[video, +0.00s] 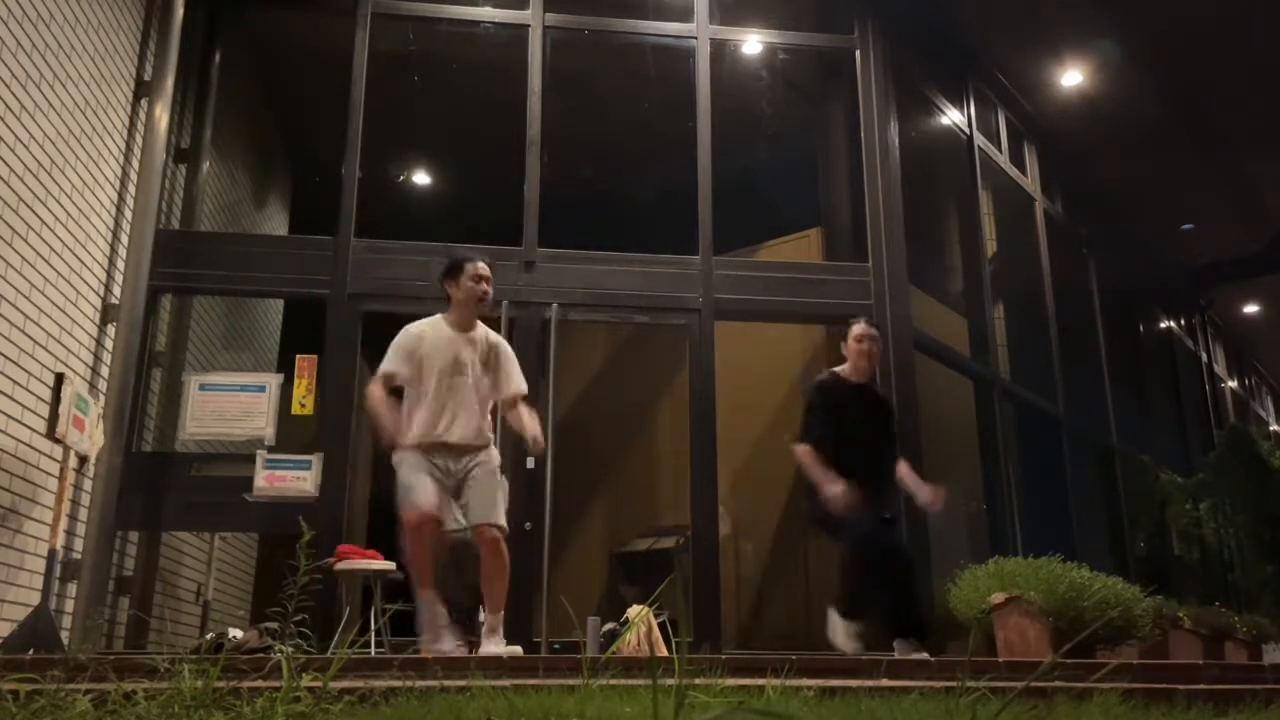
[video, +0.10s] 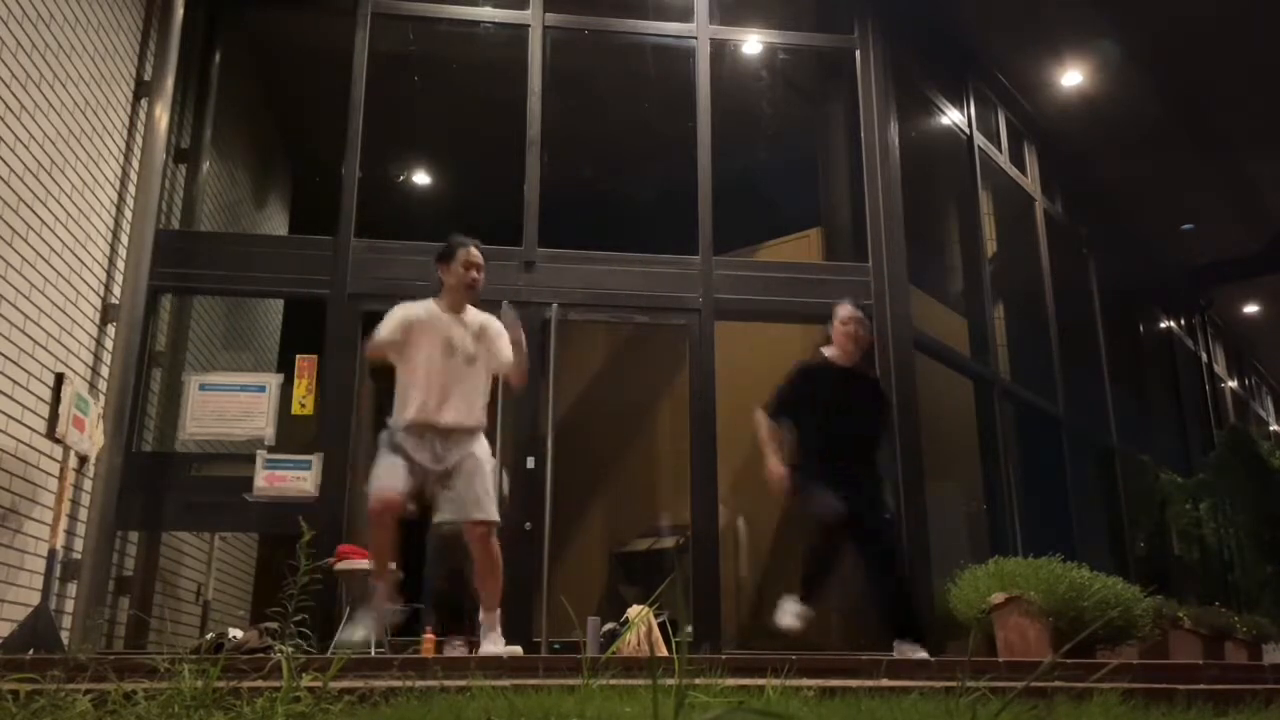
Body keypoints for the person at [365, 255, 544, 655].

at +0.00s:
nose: (486, 288)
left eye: (489, 281)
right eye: (477, 280)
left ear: (491, 291)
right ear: (451, 286)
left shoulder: (496, 345)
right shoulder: (417, 335)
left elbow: (514, 403)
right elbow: (376, 391)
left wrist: (532, 430)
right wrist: (392, 429)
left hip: (478, 455)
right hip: (420, 452)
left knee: (491, 535)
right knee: (419, 517)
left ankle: (493, 632)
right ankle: (432, 619)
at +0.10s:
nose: (476, 276)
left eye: (481, 270)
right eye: (468, 267)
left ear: (483, 277)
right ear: (443, 270)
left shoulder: (488, 327)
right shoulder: (410, 316)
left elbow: (516, 379)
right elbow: (371, 353)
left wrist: (519, 340)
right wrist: (410, 355)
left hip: (467, 441)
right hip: (408, 435)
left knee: (482, 530)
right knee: (382, 503)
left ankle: (492, 631)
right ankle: (382, 604)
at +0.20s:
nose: (464, 262)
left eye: (468, 255)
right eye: (457, 253)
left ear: (470, 262)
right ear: (435, 254)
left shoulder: (473, 308)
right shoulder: (403, 295)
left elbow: (508, 340)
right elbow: (363, 311)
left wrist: (505, 293)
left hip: (448, 422)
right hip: (391, 416)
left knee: (464, 521)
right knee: (363, 511)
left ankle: (476, 626)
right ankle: (323, 617)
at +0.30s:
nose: (452, 256)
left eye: (457, 251)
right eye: (445, 248)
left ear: (459, 257)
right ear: (423, 249)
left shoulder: (461, 303)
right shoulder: (392, 290)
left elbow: (494, 329)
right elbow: (348, 302)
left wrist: (491, 283)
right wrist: (396, 261)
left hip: (434, 419)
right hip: (379, 412)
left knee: (446, 515)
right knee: (347, 513)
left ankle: (424, 626)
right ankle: (316, 620)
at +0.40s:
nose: (442, 260)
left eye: (446, 253)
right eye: (434, 251)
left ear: (449, 260)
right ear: (411, 254)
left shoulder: (455, 307)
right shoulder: (382, 296)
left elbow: (479, 349)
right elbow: (338, 327)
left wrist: (483, 313)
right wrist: (367, 296)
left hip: (426, 424)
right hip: (373, 415)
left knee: (411, 517)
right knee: (340, 513)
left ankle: (367, 619)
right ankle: (306, 616)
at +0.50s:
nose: (430, 274)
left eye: (434, 269)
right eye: (422, 267)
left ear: (438, 277)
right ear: (398, 272)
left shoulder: (448, 325)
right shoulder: (371, 319)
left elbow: (466, 368)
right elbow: (334, 355)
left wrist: (463, 403)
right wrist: (337, 393)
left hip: (417, 441)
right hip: (364, 432)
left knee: (394, 534)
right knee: (338, 530)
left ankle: (347, 627)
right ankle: (303, 624)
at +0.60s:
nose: (430, 281)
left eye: (434, 275)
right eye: (422, 273)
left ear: (436, 285)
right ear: (395, 279)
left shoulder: (448, 338)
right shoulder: (366, 334)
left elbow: (457, 403)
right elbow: (332, 395)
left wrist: (461, 454)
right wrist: (313, 451)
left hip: (420, 452)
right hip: (363, 445)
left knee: (424, 505)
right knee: (334, 532)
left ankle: (383, 597)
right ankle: (301, 626)